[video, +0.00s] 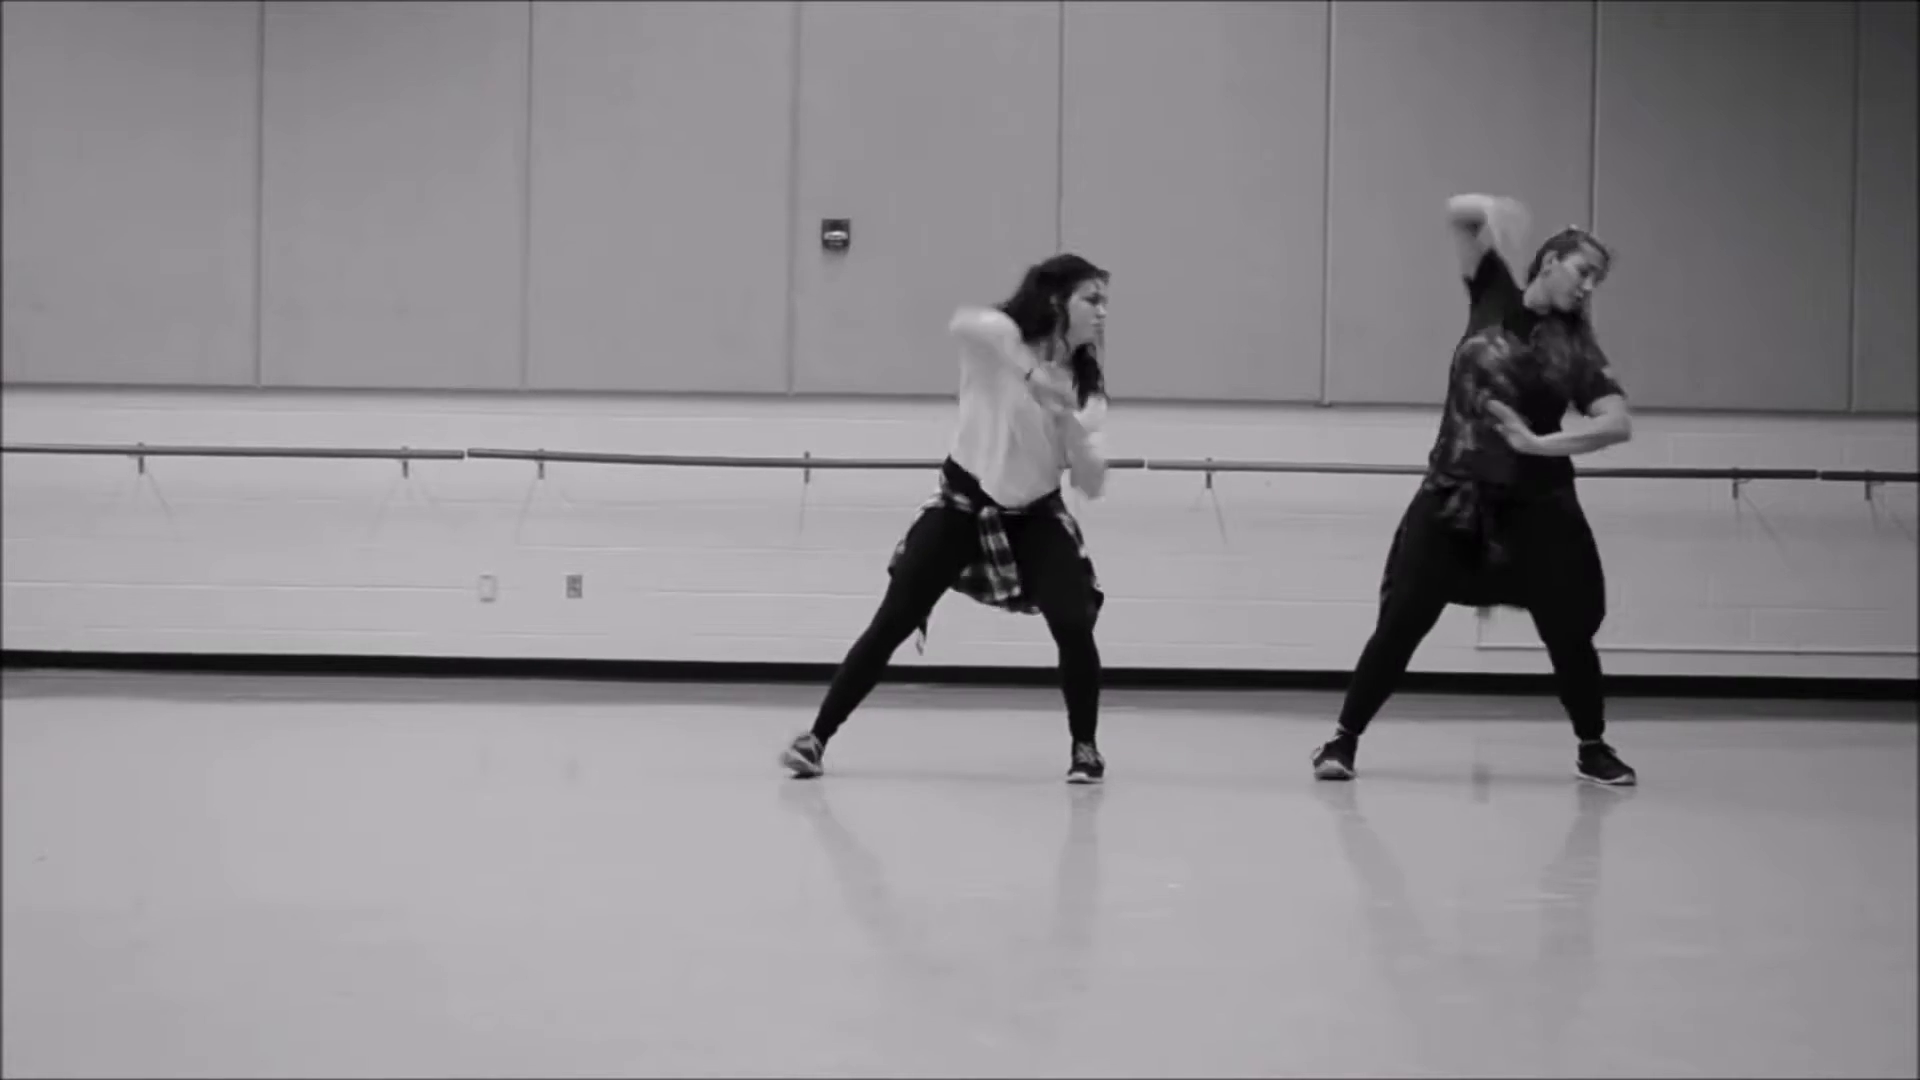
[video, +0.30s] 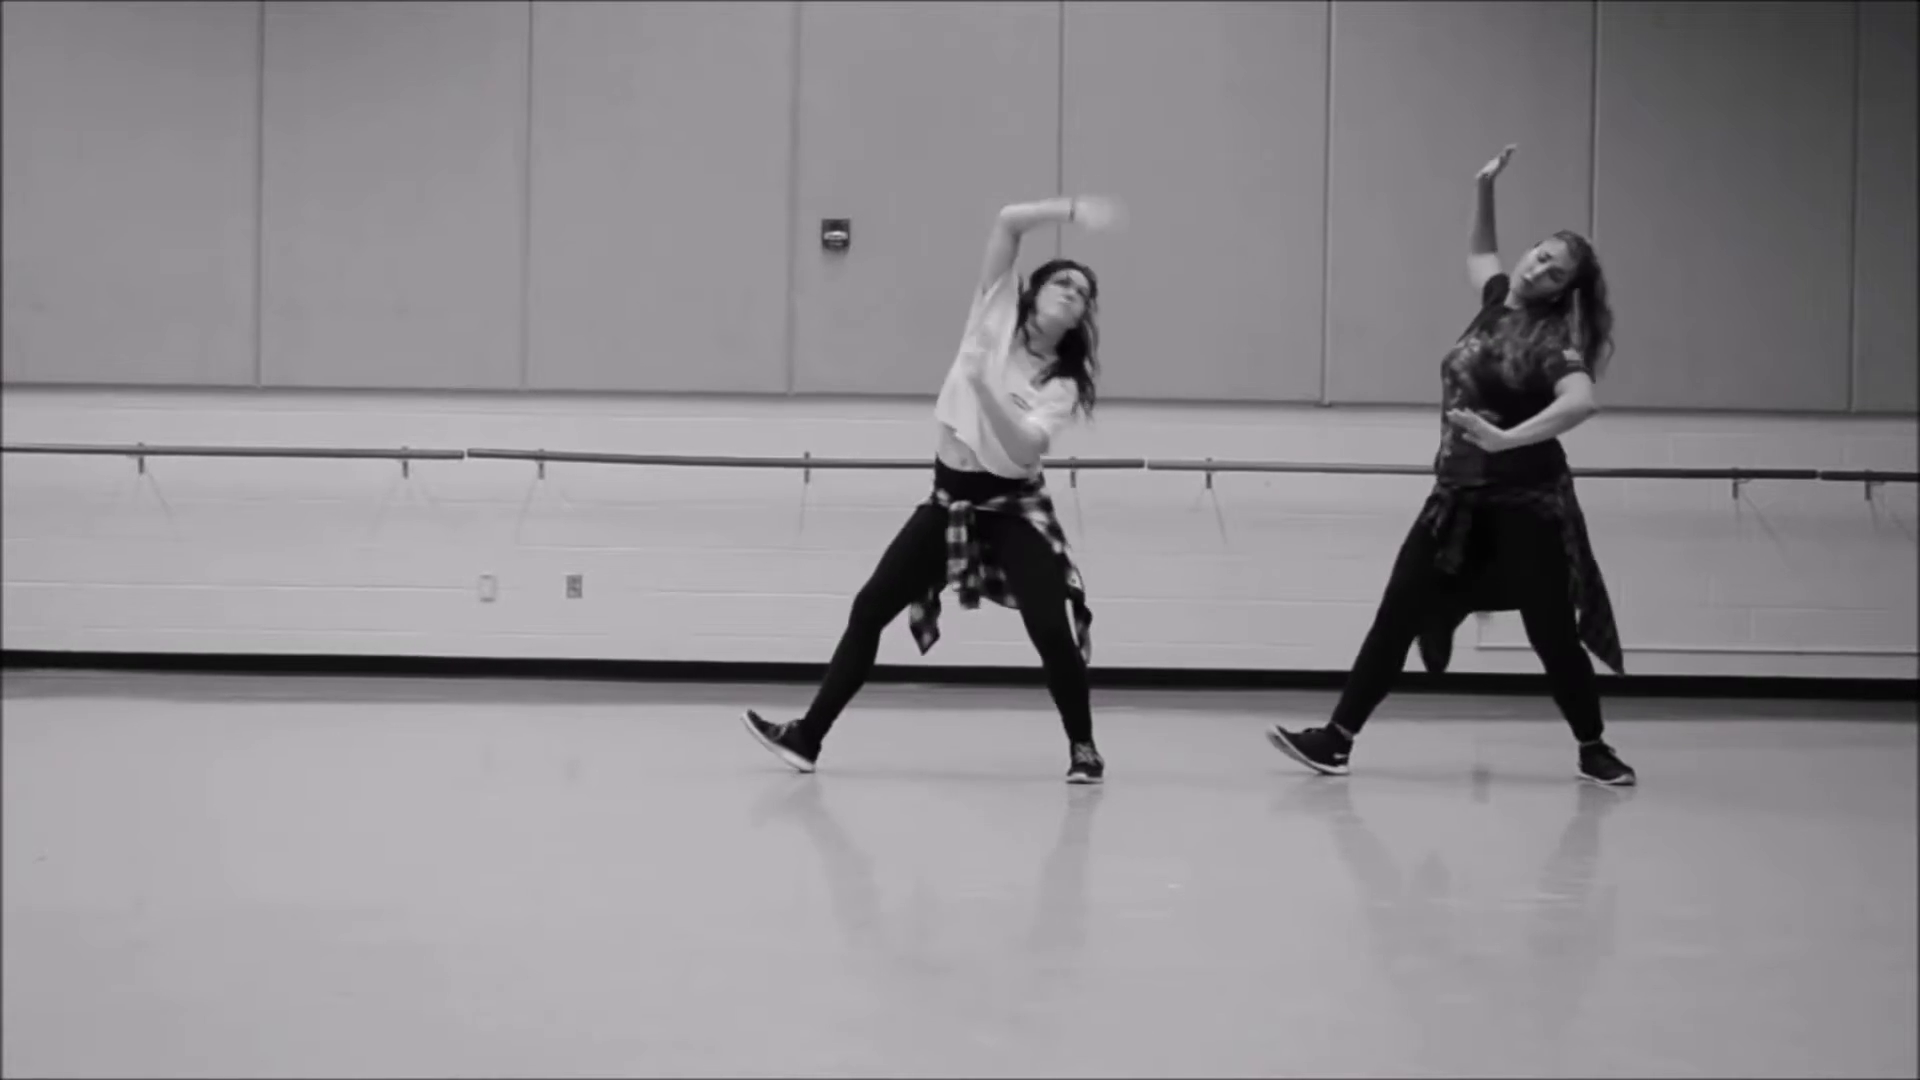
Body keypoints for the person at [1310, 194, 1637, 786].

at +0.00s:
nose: (1589, 286)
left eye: (1595, 279)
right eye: (1584, 270)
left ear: (1592, 286)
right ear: (1550, 259)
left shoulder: (1577, 349)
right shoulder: (1493, 297)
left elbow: (1616, 423)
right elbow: (1458, 215)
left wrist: (1538, 443)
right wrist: (1494, 210)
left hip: (1535, 507)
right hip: (1453, 497)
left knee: (1569, 635)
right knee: (1401, 623)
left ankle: (1593, 748)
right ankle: (1343, 741)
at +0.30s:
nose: (1540, 264)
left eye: (1555, 268)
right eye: (1541, 252)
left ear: (1564, 291)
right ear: (1527, 253)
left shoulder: (1553, 343)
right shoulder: (1494, 301)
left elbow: (1580, 401)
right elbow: (1482, 250)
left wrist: (1507, 437)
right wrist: (1484, 184)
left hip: (1527, 505)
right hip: (1457, 498)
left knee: (1554, 634)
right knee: (1397, 617)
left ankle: (1594, 749)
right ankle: (1336, 736)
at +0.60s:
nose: (1493, 263)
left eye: (1509, 267)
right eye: (1497, 255)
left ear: (1522, 297)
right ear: (1483, 270)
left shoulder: (1525, 346)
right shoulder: (1459, 328)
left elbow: (1561, 405)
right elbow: (1436, 347)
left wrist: (1510, 437)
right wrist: (1422, 296)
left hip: (1522, 514)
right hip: (1452, 512)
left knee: (1550, 634)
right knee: (1379, 606)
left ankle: (1596, 749)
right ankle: (1327, 737)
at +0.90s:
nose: (1374, 268)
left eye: (1390, 265)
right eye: (1380, 259)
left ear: (1416, 287)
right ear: (1385, 279)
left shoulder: (1434, 341)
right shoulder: (1357, 341)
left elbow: (1468, 374)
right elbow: (1353, 399)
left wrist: (1495, 391)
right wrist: (1283, 383)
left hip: (1447, 508)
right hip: (1381, 509)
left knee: (1474, 628)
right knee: (1307, 603)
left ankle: (1559, 709)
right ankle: (1317, 739)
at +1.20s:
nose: (1337, 267)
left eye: (1351, 263)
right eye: (1341, 258)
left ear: (1381, 283)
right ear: (1350, 271)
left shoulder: (1400, 339)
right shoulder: (1326, 332)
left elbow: (1442, 379)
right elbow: (1312, 393)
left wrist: (1480, 398)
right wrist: (1253, 376)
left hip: (1393, 500)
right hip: (1328, 500)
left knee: (1360, 623)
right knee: (1251, 601)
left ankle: (1364, 747)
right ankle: (1212, 738)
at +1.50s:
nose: (1357, 274)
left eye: (1372, 273)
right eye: (1362, 265)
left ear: (1397, 295)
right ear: (1359, 274)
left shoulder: (1403, 348)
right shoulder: (1327, 326)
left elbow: (1407, 400)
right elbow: (1264, 386)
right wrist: (1188, 381)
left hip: (1351, 502)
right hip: (1286, 495)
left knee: (1330, 626)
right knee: (1204, 595)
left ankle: (1361, 746)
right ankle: (1206, 735)